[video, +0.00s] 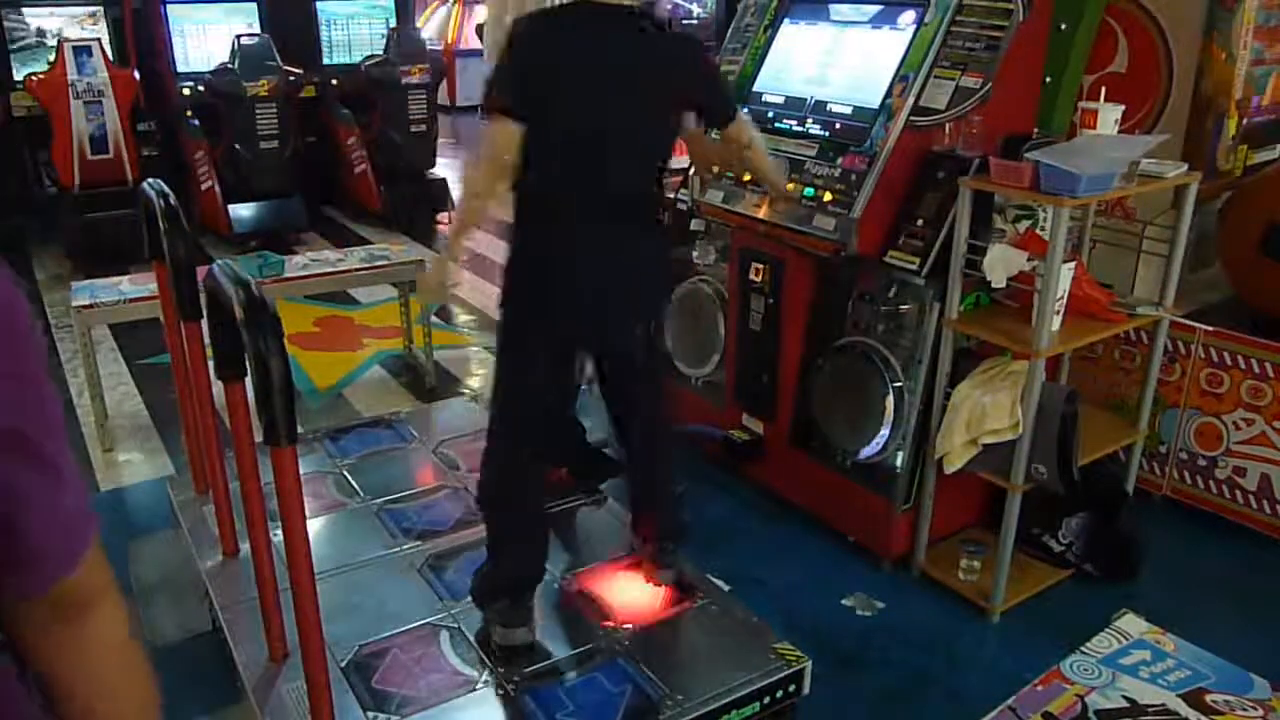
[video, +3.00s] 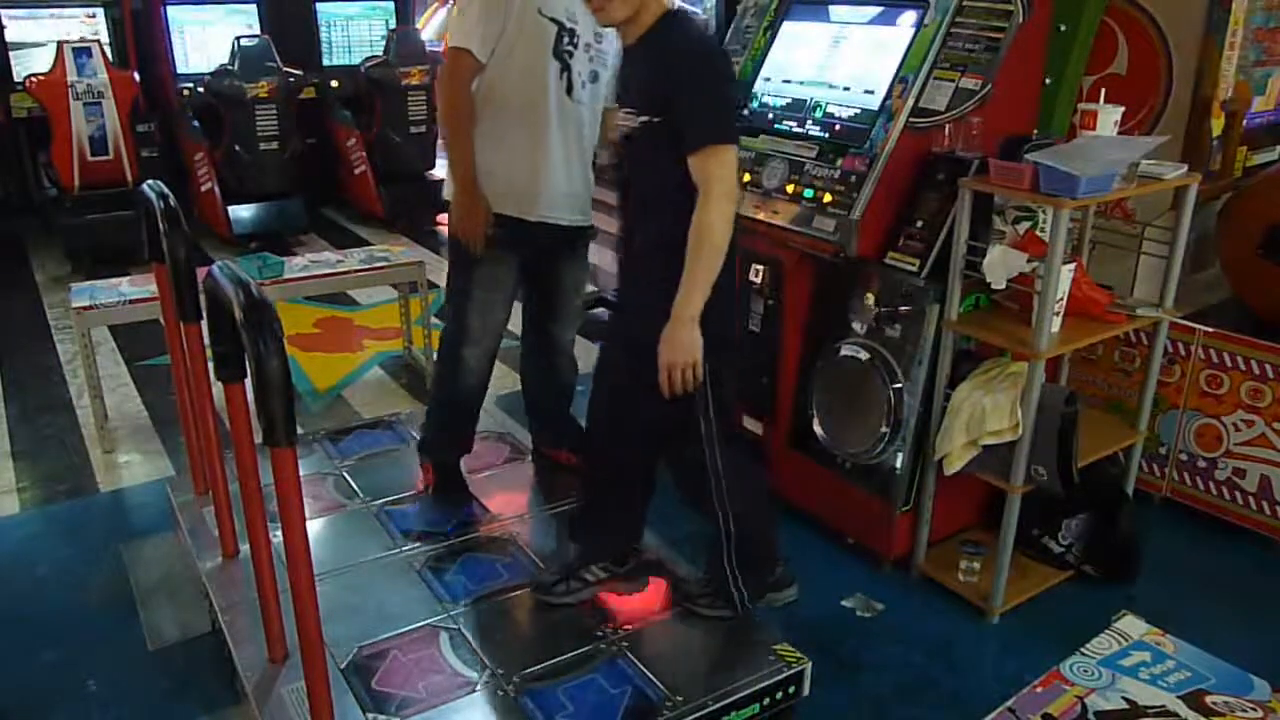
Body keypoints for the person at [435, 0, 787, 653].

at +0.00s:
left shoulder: (536, 35)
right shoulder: (675, 49)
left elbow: (498, 158)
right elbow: (742, 143)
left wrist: (450, 250)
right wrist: (777, 186)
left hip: (544, 269)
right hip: (634, 269)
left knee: (518, 431)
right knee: (643, 408)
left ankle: (510, 606)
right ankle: (660, 550)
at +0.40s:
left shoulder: (601, 24)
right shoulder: (732, 42)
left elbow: (566, 145)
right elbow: (791, 141)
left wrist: (525, 234)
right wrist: (807, 182)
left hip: (606, 252)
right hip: (688, 261)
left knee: (604, 413)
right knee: (676, 404)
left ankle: (614, 579)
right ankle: (667, 550)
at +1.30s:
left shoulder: (627, 41)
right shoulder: (752, 42)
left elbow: (609, 173)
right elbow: (802, 150)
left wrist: (578, 266)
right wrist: (808, 189)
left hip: (653, 267)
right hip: (725, 266)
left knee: (654, 421)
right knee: (701, 410)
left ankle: (734, 556)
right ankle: (666, 535)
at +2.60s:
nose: (651, 4)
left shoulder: (714, 60)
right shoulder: (751, 48)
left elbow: (714, 199)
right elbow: (796, 168)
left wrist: (655, 304)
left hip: (720, 294)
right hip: (748, 285)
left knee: (729, 441)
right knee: (676, 418)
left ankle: (757, 582)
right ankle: (662, 540)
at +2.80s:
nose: (632, 3)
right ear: (664, 1)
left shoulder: (718, 58)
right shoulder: (684, 57)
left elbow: (731, 199)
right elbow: (681, 170)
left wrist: (676, 317)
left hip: (728, 299)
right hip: (684, 288)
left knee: (728, 445)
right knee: (638, 422)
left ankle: (760, 578)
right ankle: (645, 546)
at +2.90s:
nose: (615, 5)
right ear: (627, 4)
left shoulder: (707, 58)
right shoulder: (649, 54)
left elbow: (731, 196)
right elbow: (667, 160)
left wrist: (685, 317)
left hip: (714, 296)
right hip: (657, 291)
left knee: (720, 444)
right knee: (625, 426)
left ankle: (758, 574)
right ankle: (624, 548)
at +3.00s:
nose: (593, 3)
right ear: (606, 4)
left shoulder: (693, 55)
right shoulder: (634, 54)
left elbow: (719, 195)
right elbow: (646, 182)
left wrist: (686, 317)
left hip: (686, 300)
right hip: (640, 293)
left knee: (706, 444)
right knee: (615, 427)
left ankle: (755, 567)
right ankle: (610, 549)